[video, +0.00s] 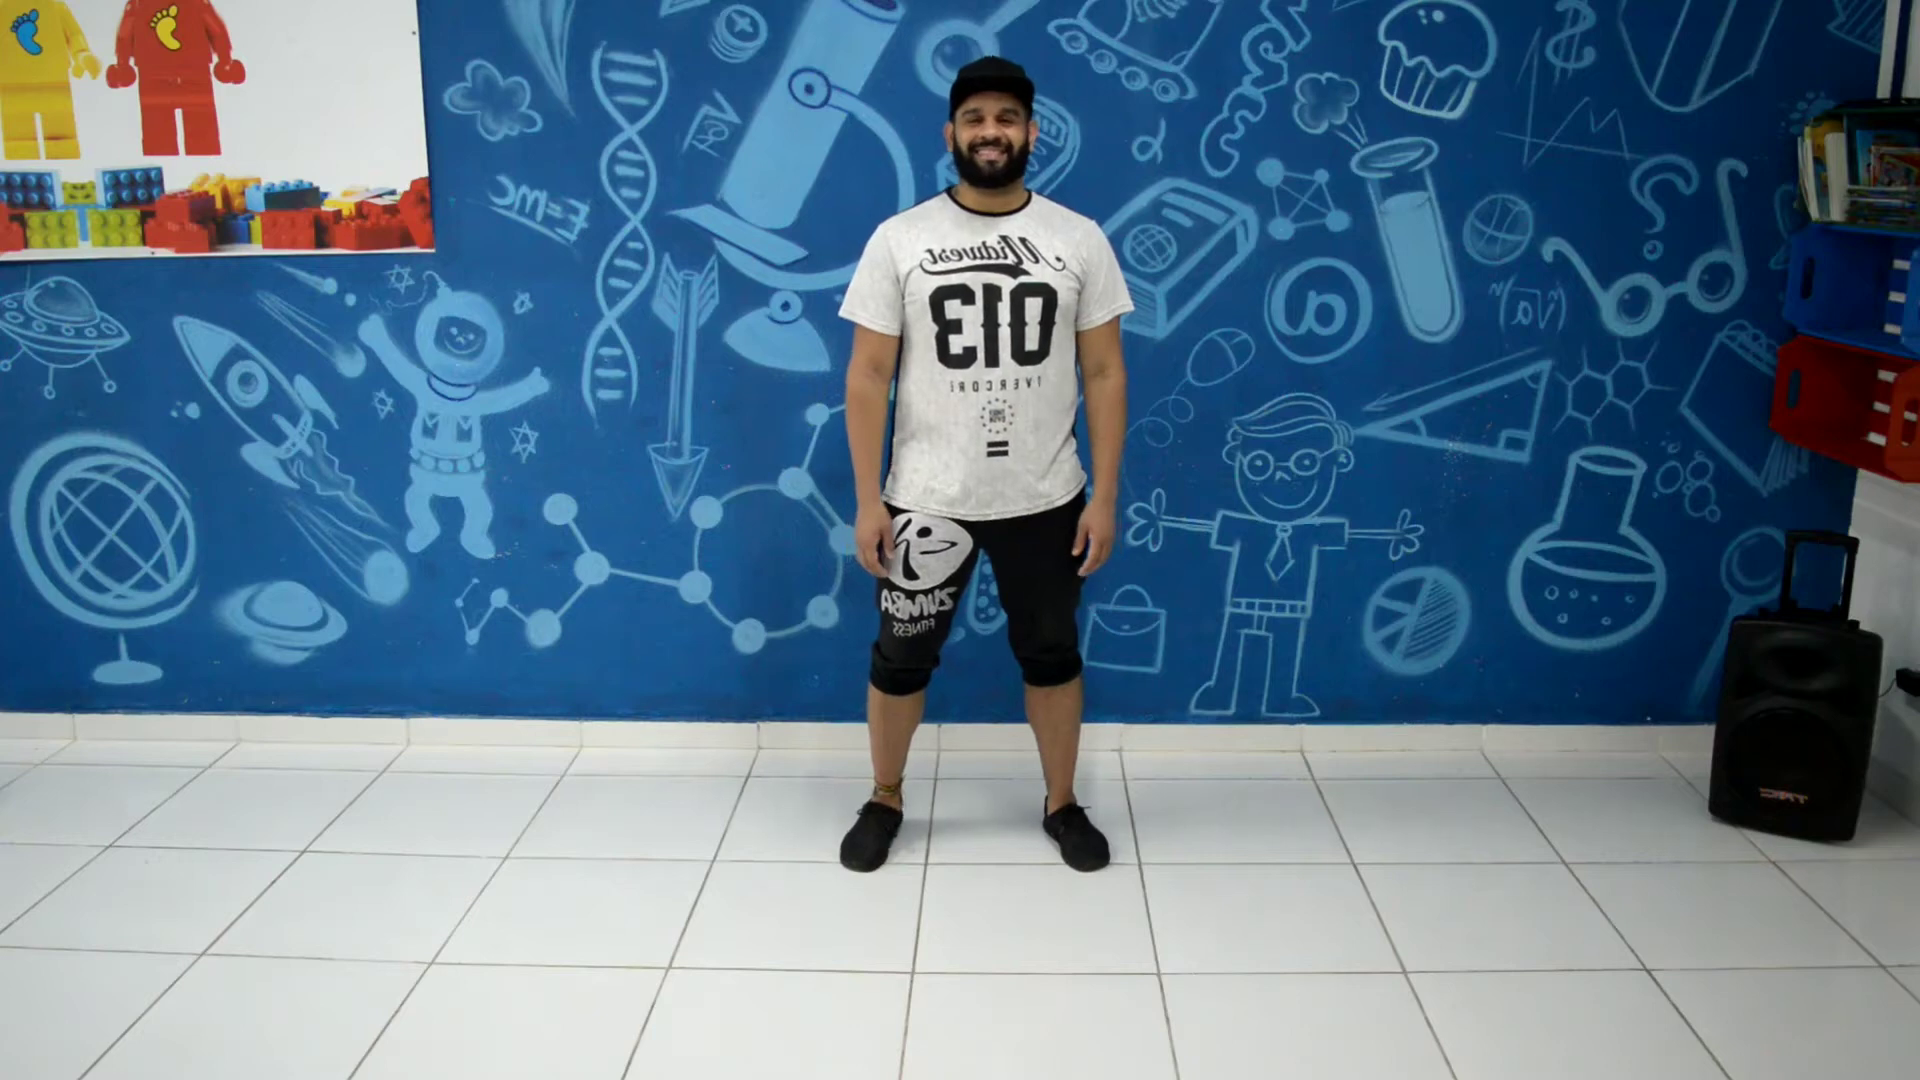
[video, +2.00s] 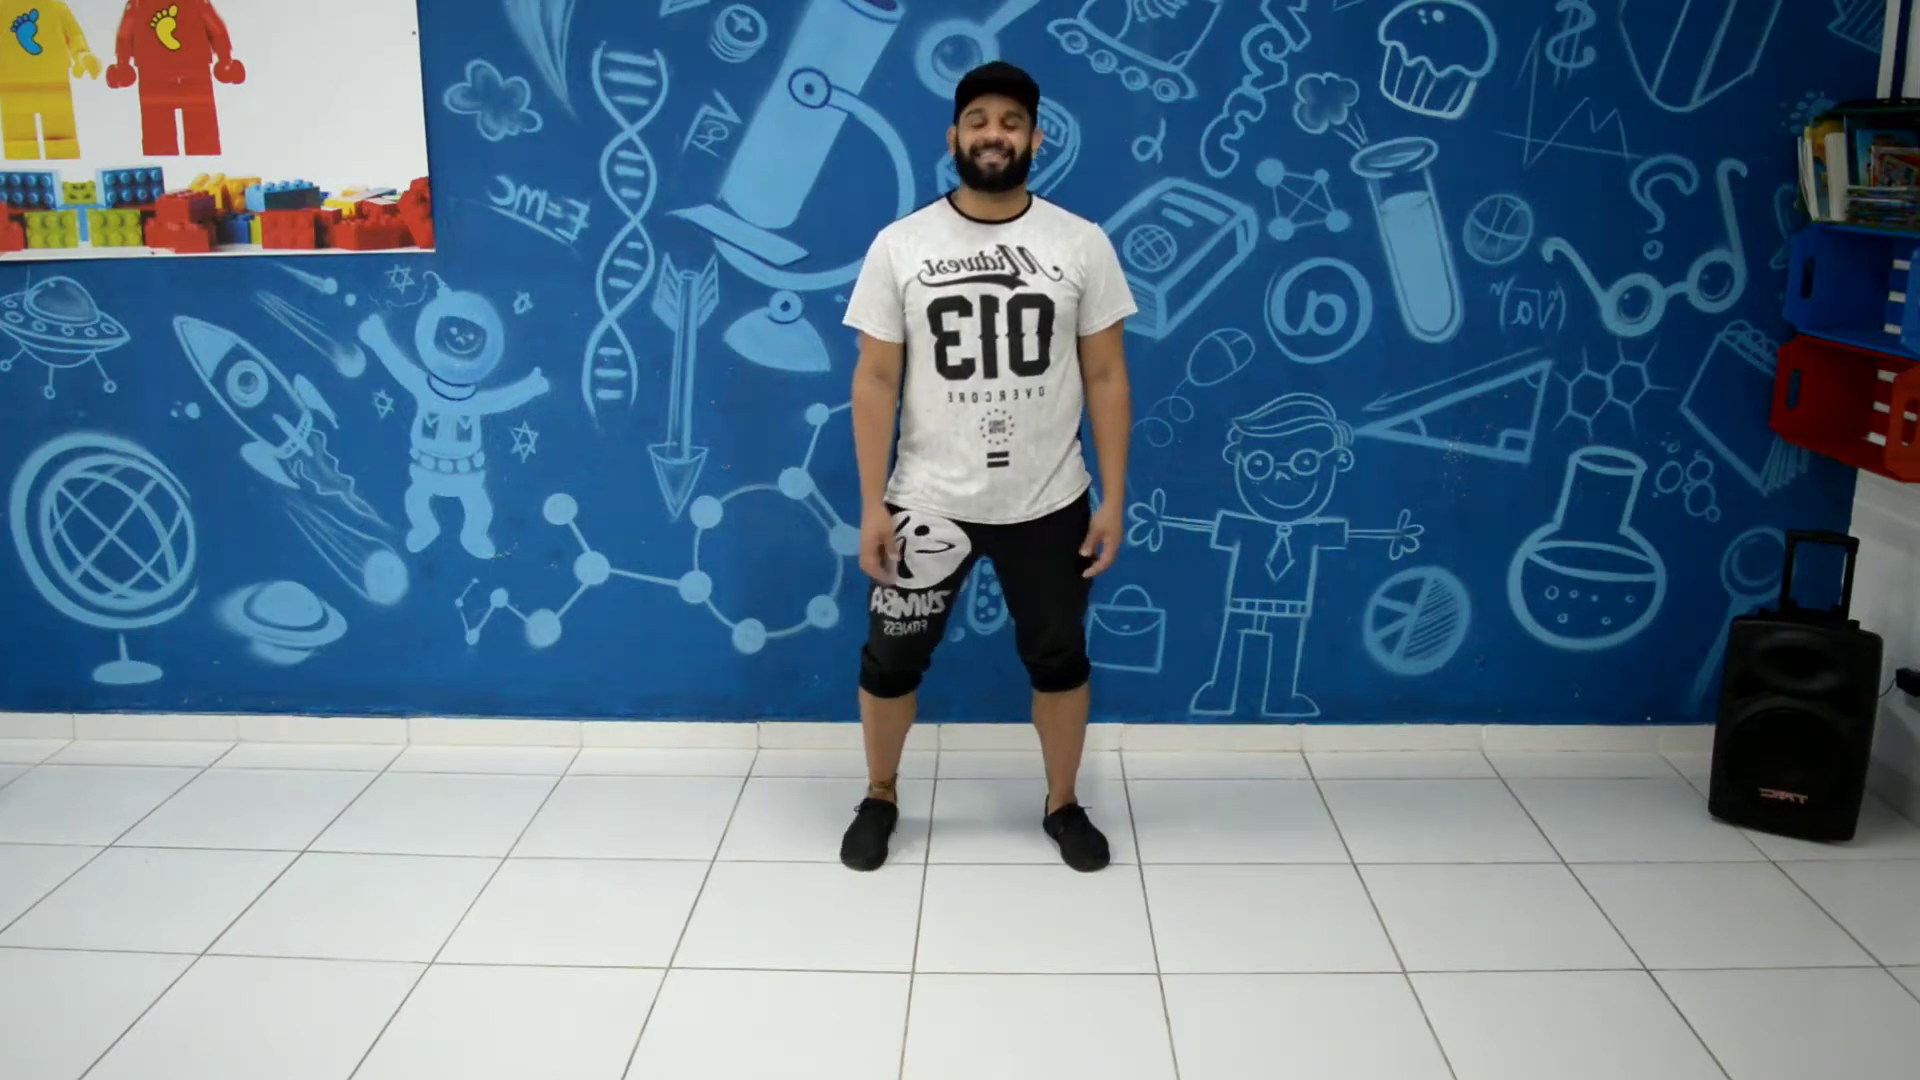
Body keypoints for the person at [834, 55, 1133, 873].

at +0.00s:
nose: (991, 133)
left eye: (1007, 119)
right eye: (974, 119)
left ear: (1030, 134)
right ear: (951, 133)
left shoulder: (1080, 242)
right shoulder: (900, 243)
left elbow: (1104, 372)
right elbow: (868, 376)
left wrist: (1104, 496)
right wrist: (869, 497)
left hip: (1043, 497)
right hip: (928, 496)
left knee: (1053, 657)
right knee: (900, 659)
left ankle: (1063, 805)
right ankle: (883, 800)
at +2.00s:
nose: (993, 135)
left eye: (1010, 123)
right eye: (977, 121)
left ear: (1033, 141)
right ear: (955, 137)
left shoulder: (1082, 246)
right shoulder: (901, 248)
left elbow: (1105, 375)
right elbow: (875, 379)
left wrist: (1113, 499)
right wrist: (873, 502)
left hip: (1046, 499)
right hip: (929, 498)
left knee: (1061, 660)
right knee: (890, 658)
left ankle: (1065, 805)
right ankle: (878, 799)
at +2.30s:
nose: (961, 152)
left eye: (978, 140)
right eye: (946, 137)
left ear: (1000, 156)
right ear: (921, 147)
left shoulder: (1040, 260)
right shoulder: (860, 255)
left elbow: (1070, 383)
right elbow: (822, 379)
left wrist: (1110, 488)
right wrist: (793, 493)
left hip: (1011, 504)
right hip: (894, 505)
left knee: (1050, 661)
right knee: (869, 670)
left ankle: (1062, 803)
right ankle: (873, 803)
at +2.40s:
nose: (951, 127)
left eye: (968, 114)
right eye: (934, 115)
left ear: (992, 130)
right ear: (911, 130)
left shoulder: (1036, 239)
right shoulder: (854, 228)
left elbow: (1065, 360)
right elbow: (803, 343)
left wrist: (1108, 452)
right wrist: (760, 450)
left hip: (1000, 484)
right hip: (884, 484)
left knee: (1029, 647)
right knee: (873, 654)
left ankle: (1033, 790)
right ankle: (873, 798)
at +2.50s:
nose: (941, 135)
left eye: (954, 121)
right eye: (923, 126)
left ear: (981, 134)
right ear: (901, 148)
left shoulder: (1035, 248)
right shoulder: (854, 236)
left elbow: (1071, 360)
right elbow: (778, 325)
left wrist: (1113, 424)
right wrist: (700, 403)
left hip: (988, 494)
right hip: (875, 491)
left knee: (1010, 665)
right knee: (865, 664)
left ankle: (975, 763)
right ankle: (871, 800)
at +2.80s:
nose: (911, 148)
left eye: (925, 130)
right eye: (901, 136)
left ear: (971, 125)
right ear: (894, 141)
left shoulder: (1044, 230)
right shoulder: (880, 228)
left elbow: (1115, 349)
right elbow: (816, 306)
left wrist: (1106, 475)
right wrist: (739, 290)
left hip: (1006, 487)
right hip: (897, 481)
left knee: (1029, 660)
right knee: (878, 647)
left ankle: (1051, 752)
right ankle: (884, 800)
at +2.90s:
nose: (923, 172)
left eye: (937, 154)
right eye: (913, 158)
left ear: (983, 148)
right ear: (905, 163)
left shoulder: (1055, 253)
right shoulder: (905, 250)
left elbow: (1133, 365)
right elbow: (838, 343)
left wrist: (1116, 490)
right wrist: (807, 306)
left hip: (1017, 509)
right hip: (912, 501)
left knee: (1043, 671)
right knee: (870, 651)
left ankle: (1115, 793)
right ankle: (891, 806)